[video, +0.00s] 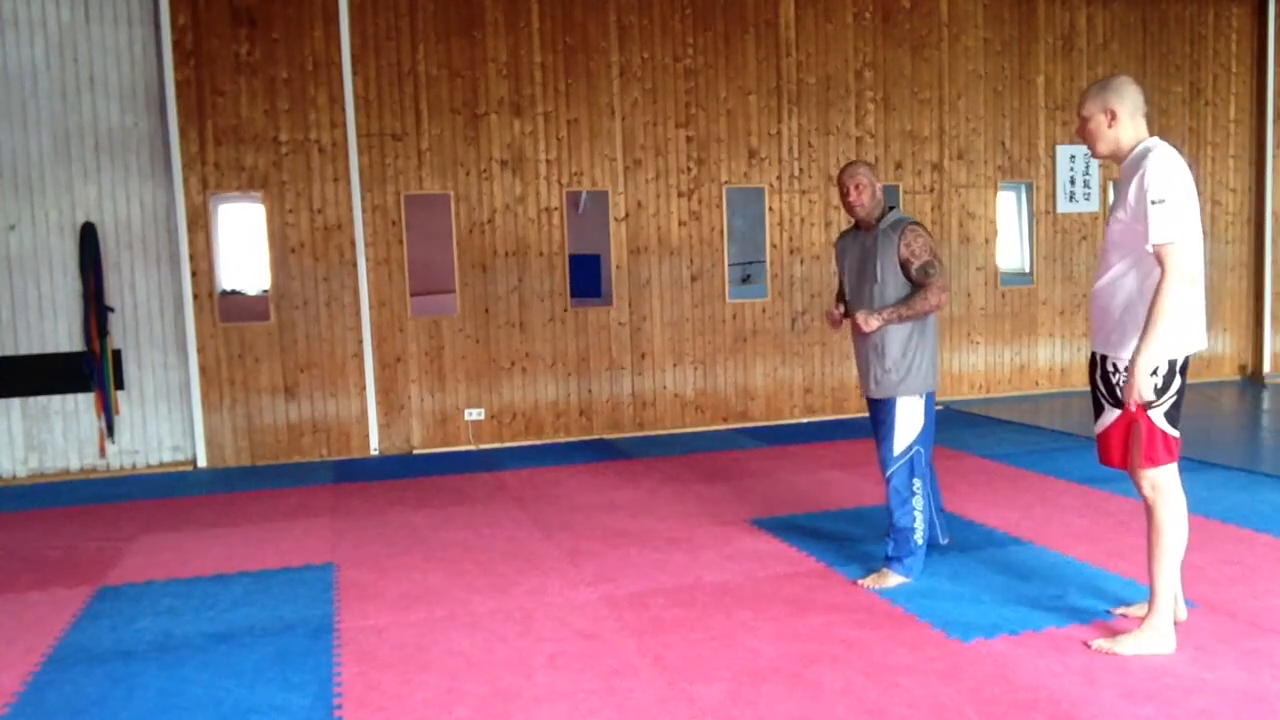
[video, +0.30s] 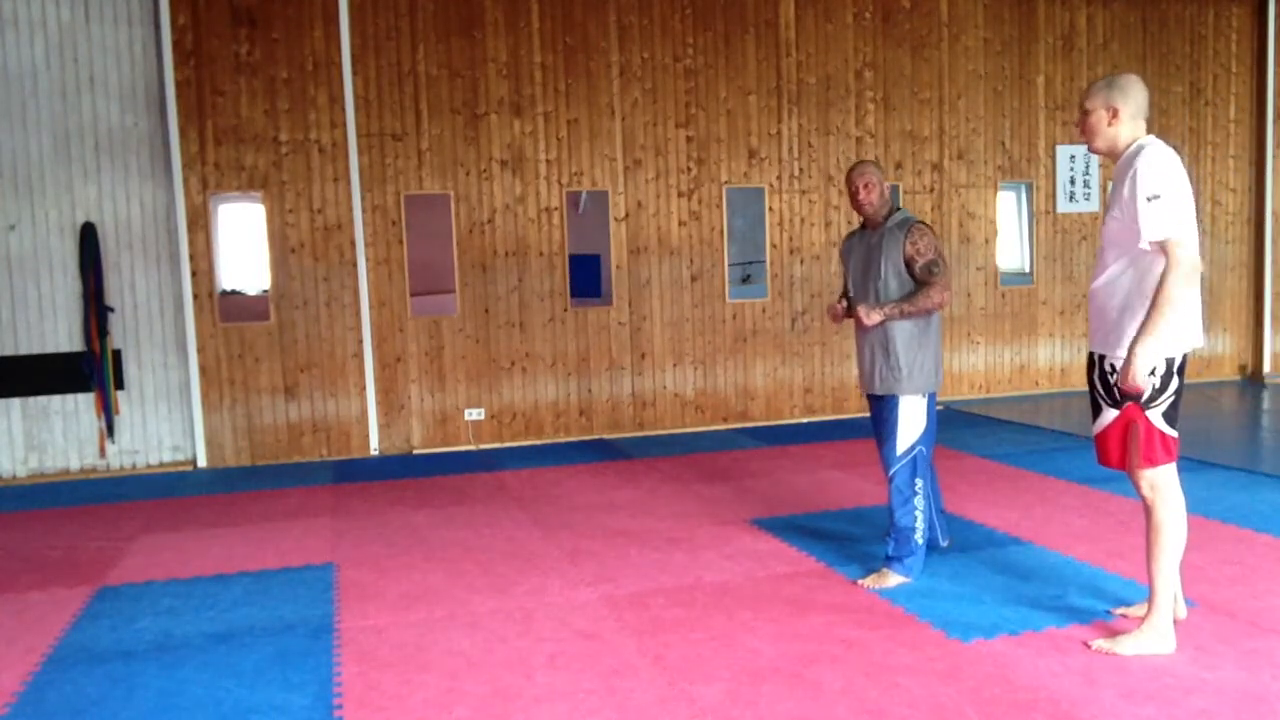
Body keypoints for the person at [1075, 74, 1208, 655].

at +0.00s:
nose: (1081, 134)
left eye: (1085, 122)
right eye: (1081, 123)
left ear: (1113, 117)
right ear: (1118, 116)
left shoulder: (1155, 168)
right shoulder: (1141, 169)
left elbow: (1175, 270)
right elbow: (1157, 267)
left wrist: (1143, 362)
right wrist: (1120, 351)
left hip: (1147, 353)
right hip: (1134, 349)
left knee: (1157, 482)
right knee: (1154, 480)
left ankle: (1160, 625)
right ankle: (1168, 596)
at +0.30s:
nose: (1079, 127)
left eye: (1085, 115)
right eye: (1080, 116)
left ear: (1113, 115)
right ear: (1118, 114)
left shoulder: (1150, 164)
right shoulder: (1136, 167)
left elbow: (1182, 263)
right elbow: (1167, 262)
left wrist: (1143, 349)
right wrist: (1122, 345)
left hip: (1145, 351)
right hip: (1130, 347)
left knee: (1156, 481)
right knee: (1152, 479)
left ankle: (1159, 625)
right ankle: (1167, 595)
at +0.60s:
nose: (1076, 132)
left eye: (1082, 120)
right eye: (1076, 121)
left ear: (1110, 117)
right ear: (1115, 117)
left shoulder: (1146, 157)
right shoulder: (1132, 163)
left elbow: (1230, 207)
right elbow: (1218, 207)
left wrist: (1182, 276)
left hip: (1140, 338)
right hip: (1136, 337)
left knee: (1152, 478)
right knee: (1151, 474)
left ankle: (1160, 625)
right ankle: (1167, 593)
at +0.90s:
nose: (1079, 134)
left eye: (1083, 122)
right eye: (1079, 123)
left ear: (1109, 118)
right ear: (1120, 117)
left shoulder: (1147, 158)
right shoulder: (1139, 161)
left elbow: (1233, 214)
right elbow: (1234, 216)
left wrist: (1169, 267)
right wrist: (1157, 267)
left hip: (1140, 338)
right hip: (1144, 337)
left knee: (1152, 478)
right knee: (1151, 473)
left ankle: (1160, 625)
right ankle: (1167, 592)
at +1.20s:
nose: (1084, 133)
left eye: (1088, 121)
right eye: (1084, 121)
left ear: (1112, 117)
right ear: (1124, 116)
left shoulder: (1148, 157)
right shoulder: (1142, 160)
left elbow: (1230, 216)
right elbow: (1231, 219)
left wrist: (1166, 268)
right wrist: (1158, 267)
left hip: (1139, 338)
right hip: (1147, 337)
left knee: (1151, 477)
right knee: (1152, 472)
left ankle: (1160, 625)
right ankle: (1167, 592)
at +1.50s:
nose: (1085, 131)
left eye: (1090, 119)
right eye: (1086, 120)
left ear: (1114, 117)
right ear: (1127, 116)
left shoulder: (1146, 157)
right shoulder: (1149, 157)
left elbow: (1223, 215)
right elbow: (1228, 219)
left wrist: (1161, 269)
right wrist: (1161, 268)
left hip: (1139, 339)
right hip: (1148, 338)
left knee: (1152, 477)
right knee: (1153, 473)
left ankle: (1160, 625)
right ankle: (1167, 593)